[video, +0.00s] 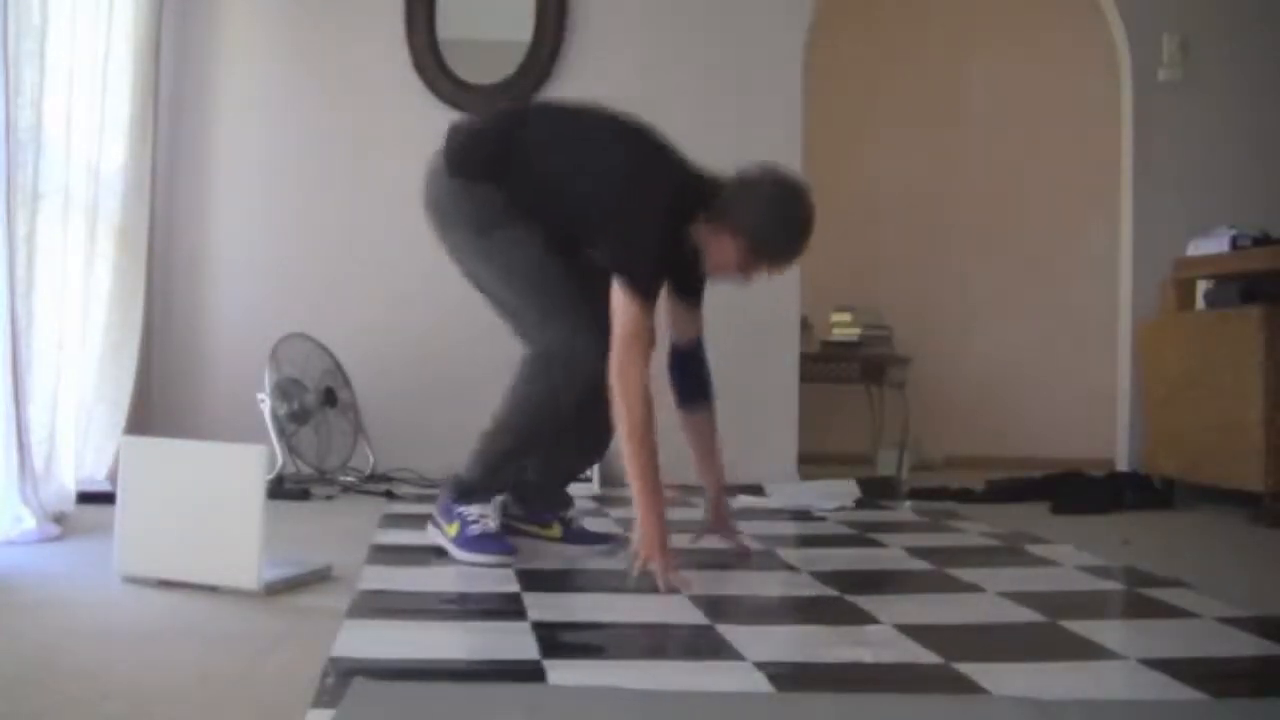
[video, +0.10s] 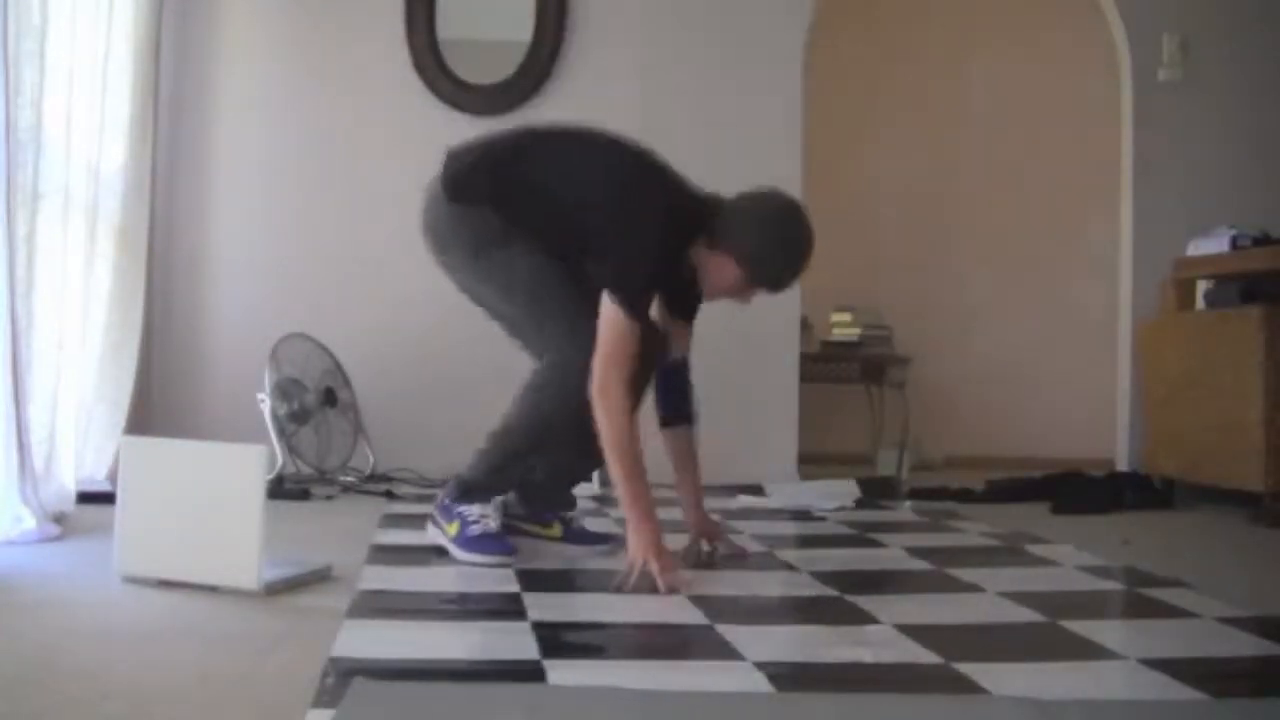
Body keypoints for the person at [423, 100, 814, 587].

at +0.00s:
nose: (746, 275)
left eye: (758, 269)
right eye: (752, 261)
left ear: (731, 223)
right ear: (733, 230)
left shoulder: (691, 237)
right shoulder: (647, 217)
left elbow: (687, 365)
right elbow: (627, 378)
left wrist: (716, 496)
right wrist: (649, 518)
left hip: (535, 200)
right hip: (471, 186)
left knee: (606, 367)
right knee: (567, 347)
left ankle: (533, 500)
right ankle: (465, 500)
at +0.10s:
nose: (744, 297)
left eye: (754, 290)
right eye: (749, 283)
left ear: (728, 245)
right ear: (730, 254)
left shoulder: (687, 257)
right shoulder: (643, 232)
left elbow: (672, 380)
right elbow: (607, 389)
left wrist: (693, 510)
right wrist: (640, 524)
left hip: (525, 221)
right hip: (466, 214)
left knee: (637, 355)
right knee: (577, 356)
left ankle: (536, 503)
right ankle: (463, 503)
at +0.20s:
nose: (754, 300)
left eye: (765, 291)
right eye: (760, 285)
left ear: (736, 249)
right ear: (739, 256)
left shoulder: (690, 264)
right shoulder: (646, 236)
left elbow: (667, 383)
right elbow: (600, 391)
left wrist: (690, 509)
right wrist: (640, 528)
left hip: (530, 274)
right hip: (471, 271)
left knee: (658, 373)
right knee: (611, 386)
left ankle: (542, 504)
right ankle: (471, 496)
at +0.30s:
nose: (758, 287)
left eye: (767, 276)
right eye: (762, 271)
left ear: (733, 243)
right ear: (736, 247)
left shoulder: (687, 265)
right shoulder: (640, 239)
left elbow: (670, 384)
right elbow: (595, 395)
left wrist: (690, 509)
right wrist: (641, 530)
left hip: (538, 310)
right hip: (479, 310)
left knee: (679, 374)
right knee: (644, 395)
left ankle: (551, 501)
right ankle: (477, 494)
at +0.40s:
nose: (746, 264)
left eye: (753, 251)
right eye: (745, 246)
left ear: (710, 218)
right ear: (713, 222)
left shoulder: (675, 263)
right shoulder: (616, 243)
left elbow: (657, 381)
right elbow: (584, 399)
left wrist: (691, 509)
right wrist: (641, 529)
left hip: (556, 359)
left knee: (708, 385)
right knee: (663, 434)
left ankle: (565, 493)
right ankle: (487, 488)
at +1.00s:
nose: (743, 225)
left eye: (746, 210)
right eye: (736, 208)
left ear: (706, 203)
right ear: (701, 198)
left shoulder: (681, 262)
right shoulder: (614, 249)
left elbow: (707, 383)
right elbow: (648, 400)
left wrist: (767, 498)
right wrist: (715, 527)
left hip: (595, 401)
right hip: (520, 407)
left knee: (732, 433)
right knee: (668, 495)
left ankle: (572, 496)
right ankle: (503, 486)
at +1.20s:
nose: (808, 229)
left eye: (813, 215)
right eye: (804, 212)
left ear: (767, 200)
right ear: (770, 199)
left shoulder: (728, 260)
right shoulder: (669, 238)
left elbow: (726, 392)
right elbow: (667, 406)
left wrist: (776, 511)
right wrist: (718, 543)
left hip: (630, 402)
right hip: (559, 405)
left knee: (763, 490)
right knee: (682, 547)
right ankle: (515, 483)